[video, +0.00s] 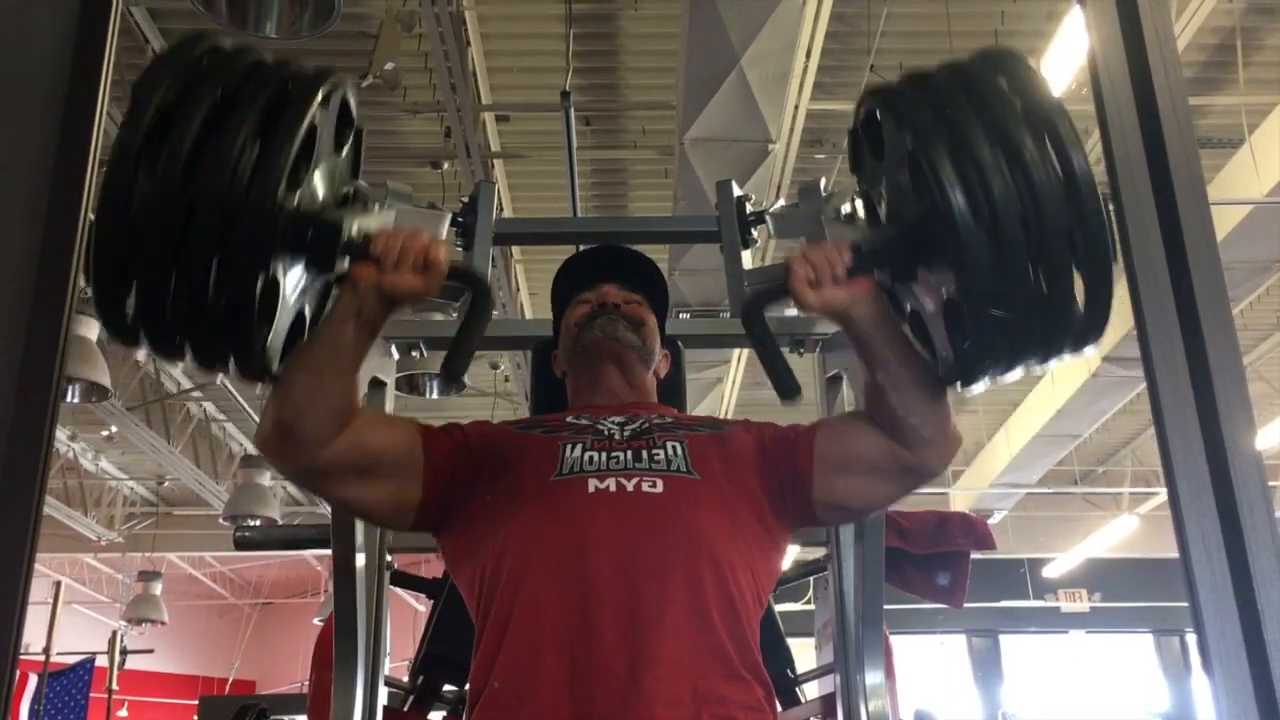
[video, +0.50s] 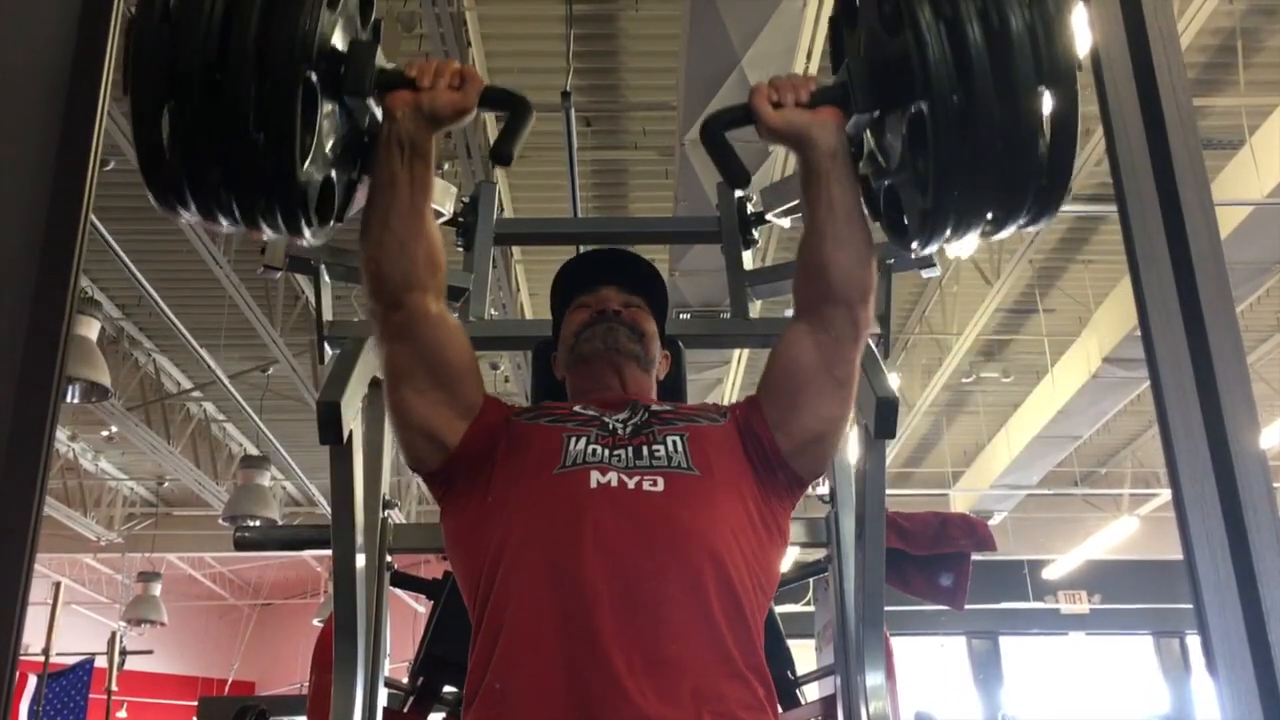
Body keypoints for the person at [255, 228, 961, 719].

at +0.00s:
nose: (609, 306)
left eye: (634, 308)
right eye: (584, 307)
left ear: (665, 361)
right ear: (553, 359)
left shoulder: (744, 453)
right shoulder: (488, 458)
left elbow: (924, 444)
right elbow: (302, 438)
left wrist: (860, 311)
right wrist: (363, 301)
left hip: (724, 703)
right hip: (525, 705)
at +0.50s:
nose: (609, 310)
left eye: (632, 310)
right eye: (585, 309)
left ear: (664, 362)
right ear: (555, 360)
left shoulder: (754, 448)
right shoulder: (485, 450)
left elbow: (836, 312)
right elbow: (406, 302)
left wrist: (824, 145)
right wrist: (408, 133)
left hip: (723, 707)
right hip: (515, 706)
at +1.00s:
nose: (611, 306)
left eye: (636, 306)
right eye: (585, 306)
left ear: (666, 357)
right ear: (555, 358)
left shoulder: (749, 455)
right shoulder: (486, 462)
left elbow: (906, 420)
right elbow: (319, 411)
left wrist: (853, 269)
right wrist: (376, 259)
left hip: (725, 707)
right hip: (526, 707)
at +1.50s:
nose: (616, 301)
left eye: (639, 302)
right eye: (589, 301)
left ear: (669, 359)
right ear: (555, 360)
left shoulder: (748, 462)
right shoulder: (486, 468)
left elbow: (922, 544)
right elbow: (299, 548)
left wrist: (882, 404)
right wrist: (342, 403)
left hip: (725, 707)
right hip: (528, 708)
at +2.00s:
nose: (616, 306)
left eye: (639, 307)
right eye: (591, 306)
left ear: (670, 360)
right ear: (557, 359)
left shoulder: (748, 465)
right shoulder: (489, 471)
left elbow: (917, 558)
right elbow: (298, 557)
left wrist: (890, 425)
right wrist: (336, 418)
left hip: (724, 705)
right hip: (530, 707)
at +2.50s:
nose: (610, 319)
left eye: (634, 316)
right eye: (586, 315)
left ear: (667, 365)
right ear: (556, 363)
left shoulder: (753, 452)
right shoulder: (484, 456)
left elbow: (892, 381)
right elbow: (337, 367)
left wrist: (842, 221)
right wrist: (387, 217)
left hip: (726, 705)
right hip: (523, 706)